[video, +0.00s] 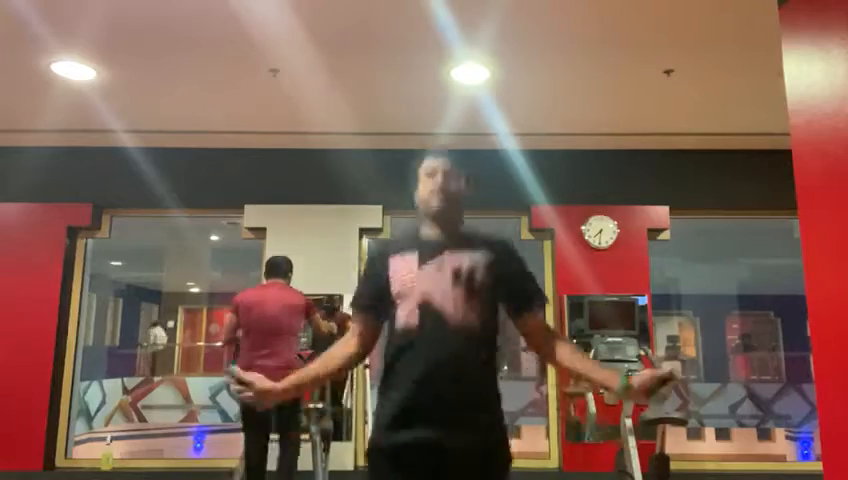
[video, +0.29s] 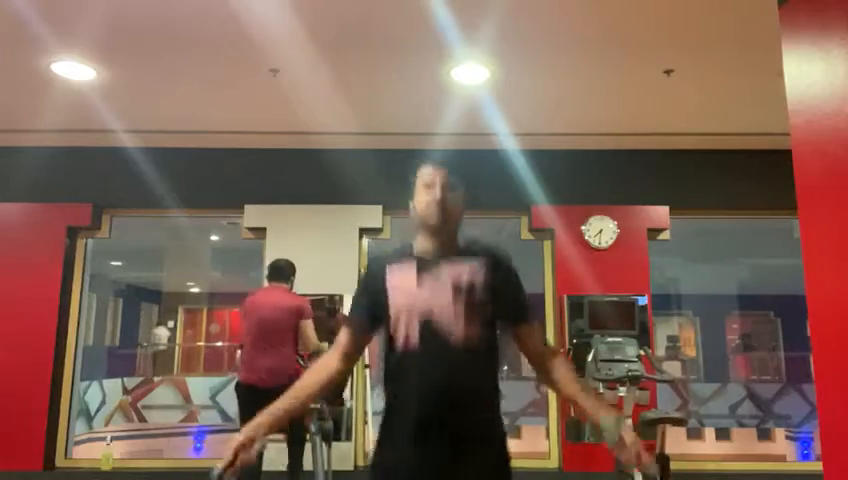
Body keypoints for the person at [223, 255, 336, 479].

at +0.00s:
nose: (290, 279)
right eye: (290, 275)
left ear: (265, 274)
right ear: (290, 275)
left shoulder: (244, 297)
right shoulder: (299, 298)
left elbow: (227, 337)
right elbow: (320, 330)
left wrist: (243, 336)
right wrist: (331, 325)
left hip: (251, 375)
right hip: (287, 376)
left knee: (255, 440)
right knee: (289, 439)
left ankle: (254, 476)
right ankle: (285, 476)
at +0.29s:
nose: (291, 282)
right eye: (292, 278)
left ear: (267, 277)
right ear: (292, 279)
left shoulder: (249, 301)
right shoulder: (299, 303)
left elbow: (245, 339)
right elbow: (310, 344)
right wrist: (320, 346)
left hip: (250, 380)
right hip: (285, 379)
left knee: (251, 437)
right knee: (296, 426)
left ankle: (251, 474)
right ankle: (295, 470)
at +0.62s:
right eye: (293, 280)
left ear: (270, 279)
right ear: (294, 281)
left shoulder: (251, 302)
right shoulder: (304, 305)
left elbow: (234, 339)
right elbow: (325, 338)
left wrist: (231, 366)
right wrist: (315, 353)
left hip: (254, 383)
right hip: (291, 384)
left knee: (256, 436)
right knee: (286, 438)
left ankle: (256, 474)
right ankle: (284, 475)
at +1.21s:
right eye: (295, 277)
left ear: (270, 276)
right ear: (294, 278)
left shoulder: (254, 297)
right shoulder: (300, 301)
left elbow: (248, 337)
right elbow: (312, 347)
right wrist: (317, 354)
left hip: (251, 379)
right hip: (286, 378)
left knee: (253, 441)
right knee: (293, 432)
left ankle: (250, 476)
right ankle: (293, 475)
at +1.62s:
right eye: (290, 277)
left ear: (266, 277)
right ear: (290, 278)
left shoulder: (246, 301)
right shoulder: (300, 303)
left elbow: (227, 341)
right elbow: (319, 327)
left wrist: (233, 357)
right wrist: (335, 327)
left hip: (249, 378)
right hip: (283, 378)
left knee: (255, 434)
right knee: (283, 436)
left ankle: (258, 473)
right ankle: (282, 474)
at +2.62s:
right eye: (290, 275)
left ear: (266, 275)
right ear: (291, 276)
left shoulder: (246, 298)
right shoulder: (301, 301)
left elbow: (228, 338)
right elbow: (322, 330)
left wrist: (229, 369)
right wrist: (337, 327)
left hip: (250, 378)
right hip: (286, 377)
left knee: (254, 444)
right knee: (287, 443)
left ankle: (254, 476)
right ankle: (285, 476)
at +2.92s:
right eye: (292, 280)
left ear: (267, 279)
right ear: (291, 280)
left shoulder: (250, 300)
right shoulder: (299, 303)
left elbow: (244, 340)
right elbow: (311, 343)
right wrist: (315, 367)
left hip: (253, 377)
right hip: (288, 376)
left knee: (252, 436)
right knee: (296, 426)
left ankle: (245, 474)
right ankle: (295, 469)